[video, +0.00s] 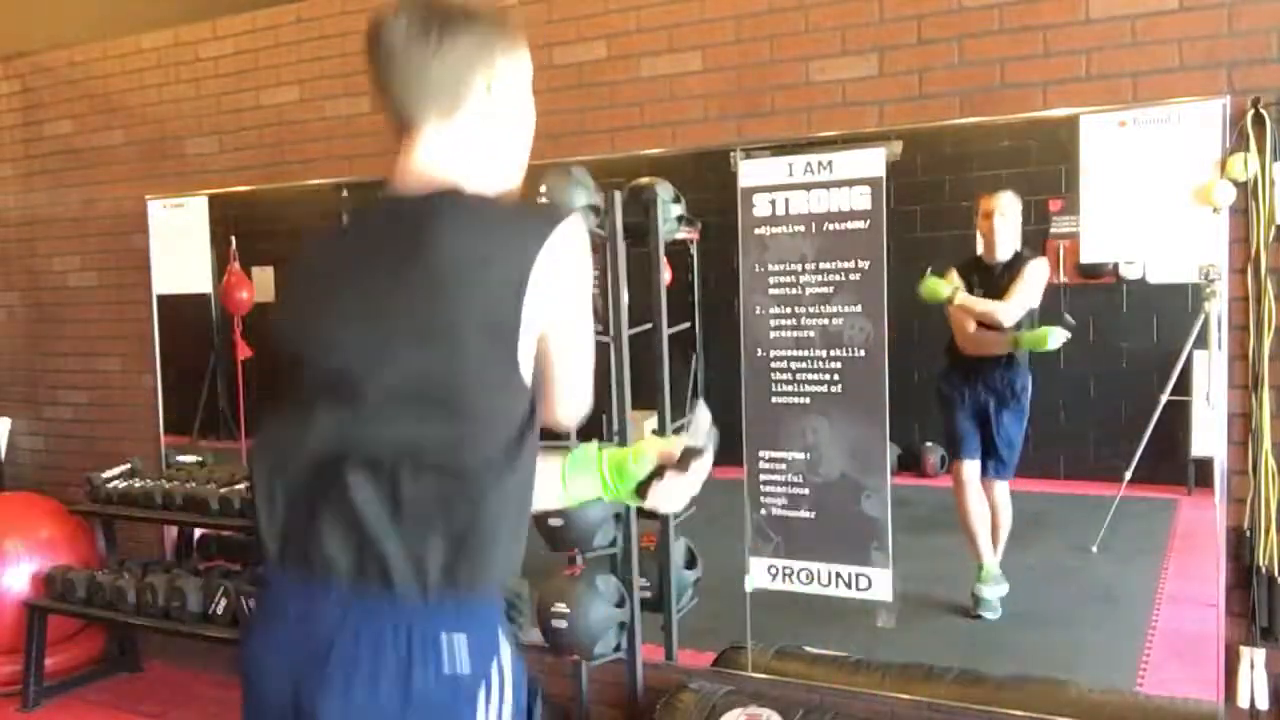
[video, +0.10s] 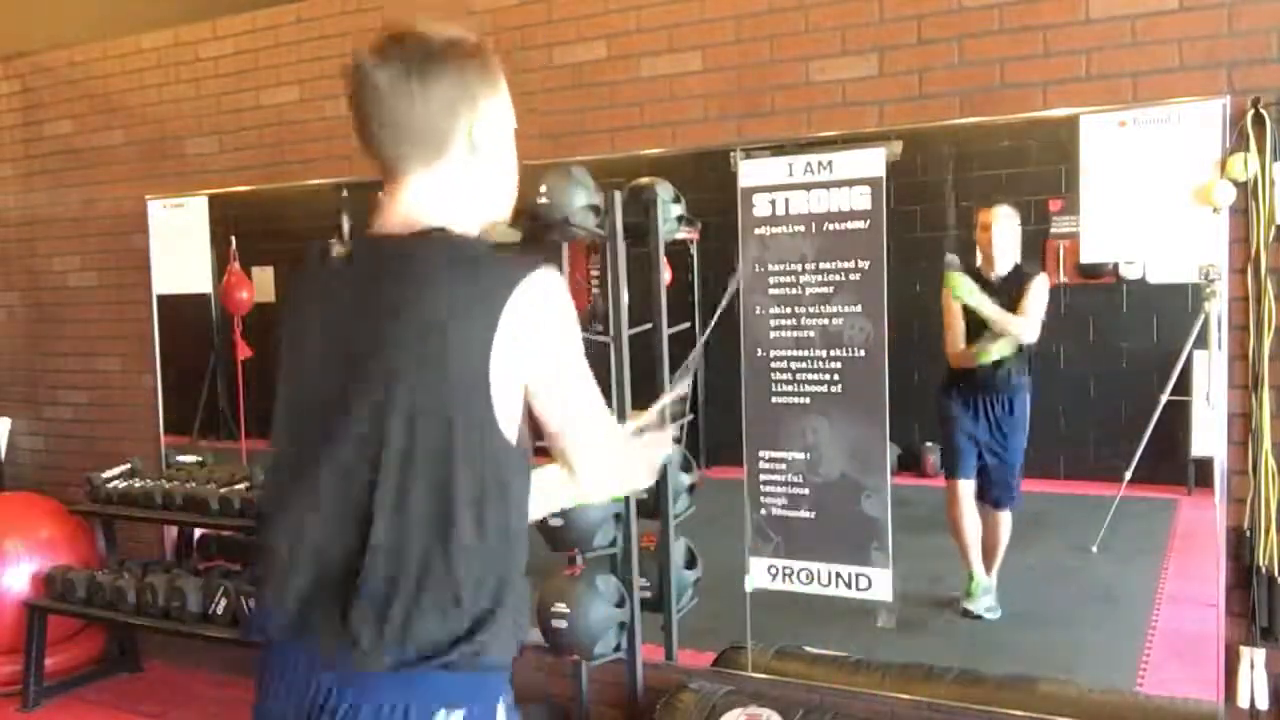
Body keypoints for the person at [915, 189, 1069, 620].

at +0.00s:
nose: (991, 223)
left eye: (1000, 216)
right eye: (985, 215)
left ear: (1017, 223)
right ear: (977, 222)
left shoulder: (1034, 267)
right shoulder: (958, 273)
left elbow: (1007, 314)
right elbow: (968, 341)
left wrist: (956, 295)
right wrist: (1019, 341)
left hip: (1007, 380)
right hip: (962, 380)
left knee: (995, 482)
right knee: (965, 473)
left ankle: (991, 575)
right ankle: (987, 570)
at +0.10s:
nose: (988, 236)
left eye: (996, 228)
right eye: (983, 228)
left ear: (1015, 234)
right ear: (975, 233)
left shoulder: (1033, 281)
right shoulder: (958, 281)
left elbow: (1027, 332)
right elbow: (955, 354)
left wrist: (976, 300)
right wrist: (990, 348)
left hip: (1009, 397)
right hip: (963, 395)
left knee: (999, 495)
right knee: (959, 486)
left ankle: (989, 585)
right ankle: (976, 579)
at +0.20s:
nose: (982, 209)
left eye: (991, 201)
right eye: (978, 201)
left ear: (1009, 208)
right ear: (970, 208)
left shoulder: (1033, 260)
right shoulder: (952, 263)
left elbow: (1051, 331)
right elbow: (938, 326)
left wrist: (1027, 332)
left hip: (1010, 374)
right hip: (963, 373)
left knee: (999, 476)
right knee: (962, 467)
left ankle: (993, 573)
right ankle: (977, 549)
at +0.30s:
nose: (978, 200)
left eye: (986, 192)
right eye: (974, 193)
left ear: (1006, 201)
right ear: (967, 201)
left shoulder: (1032, 254)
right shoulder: (949, 257)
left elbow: (1056, 313)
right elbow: (931, 319)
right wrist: (896, 361)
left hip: (1014, 374)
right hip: (963, 373)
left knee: (1005, 480)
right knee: (967, 475)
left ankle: (995, 530)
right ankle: (980, 565)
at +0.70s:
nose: (984, 202)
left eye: (993, 195)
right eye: (978, 194)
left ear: (1009, 204)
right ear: (967, 202)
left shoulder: (1029, 254)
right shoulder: (948, 257)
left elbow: (1052, 315)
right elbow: (935, 317)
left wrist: (1094, 352)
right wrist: (900, 359)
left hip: (1019, 370)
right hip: (969, 372)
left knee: (1014, 471)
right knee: (983, 477)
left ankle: (1021, 567)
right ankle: (992, 574)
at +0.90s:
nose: (987, 231)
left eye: (996, 222)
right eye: (980, 222)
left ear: (1013, 231)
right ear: (967, 231)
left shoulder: (1032, 280)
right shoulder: (950, 283)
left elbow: (1059, 332)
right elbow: (934, 337)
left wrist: (1092, 345)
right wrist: (897, 350)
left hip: (1025, 400)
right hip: (974, 402)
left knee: (1019, 501)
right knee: (983, 504)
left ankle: (1022, 602)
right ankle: (1003, 589)